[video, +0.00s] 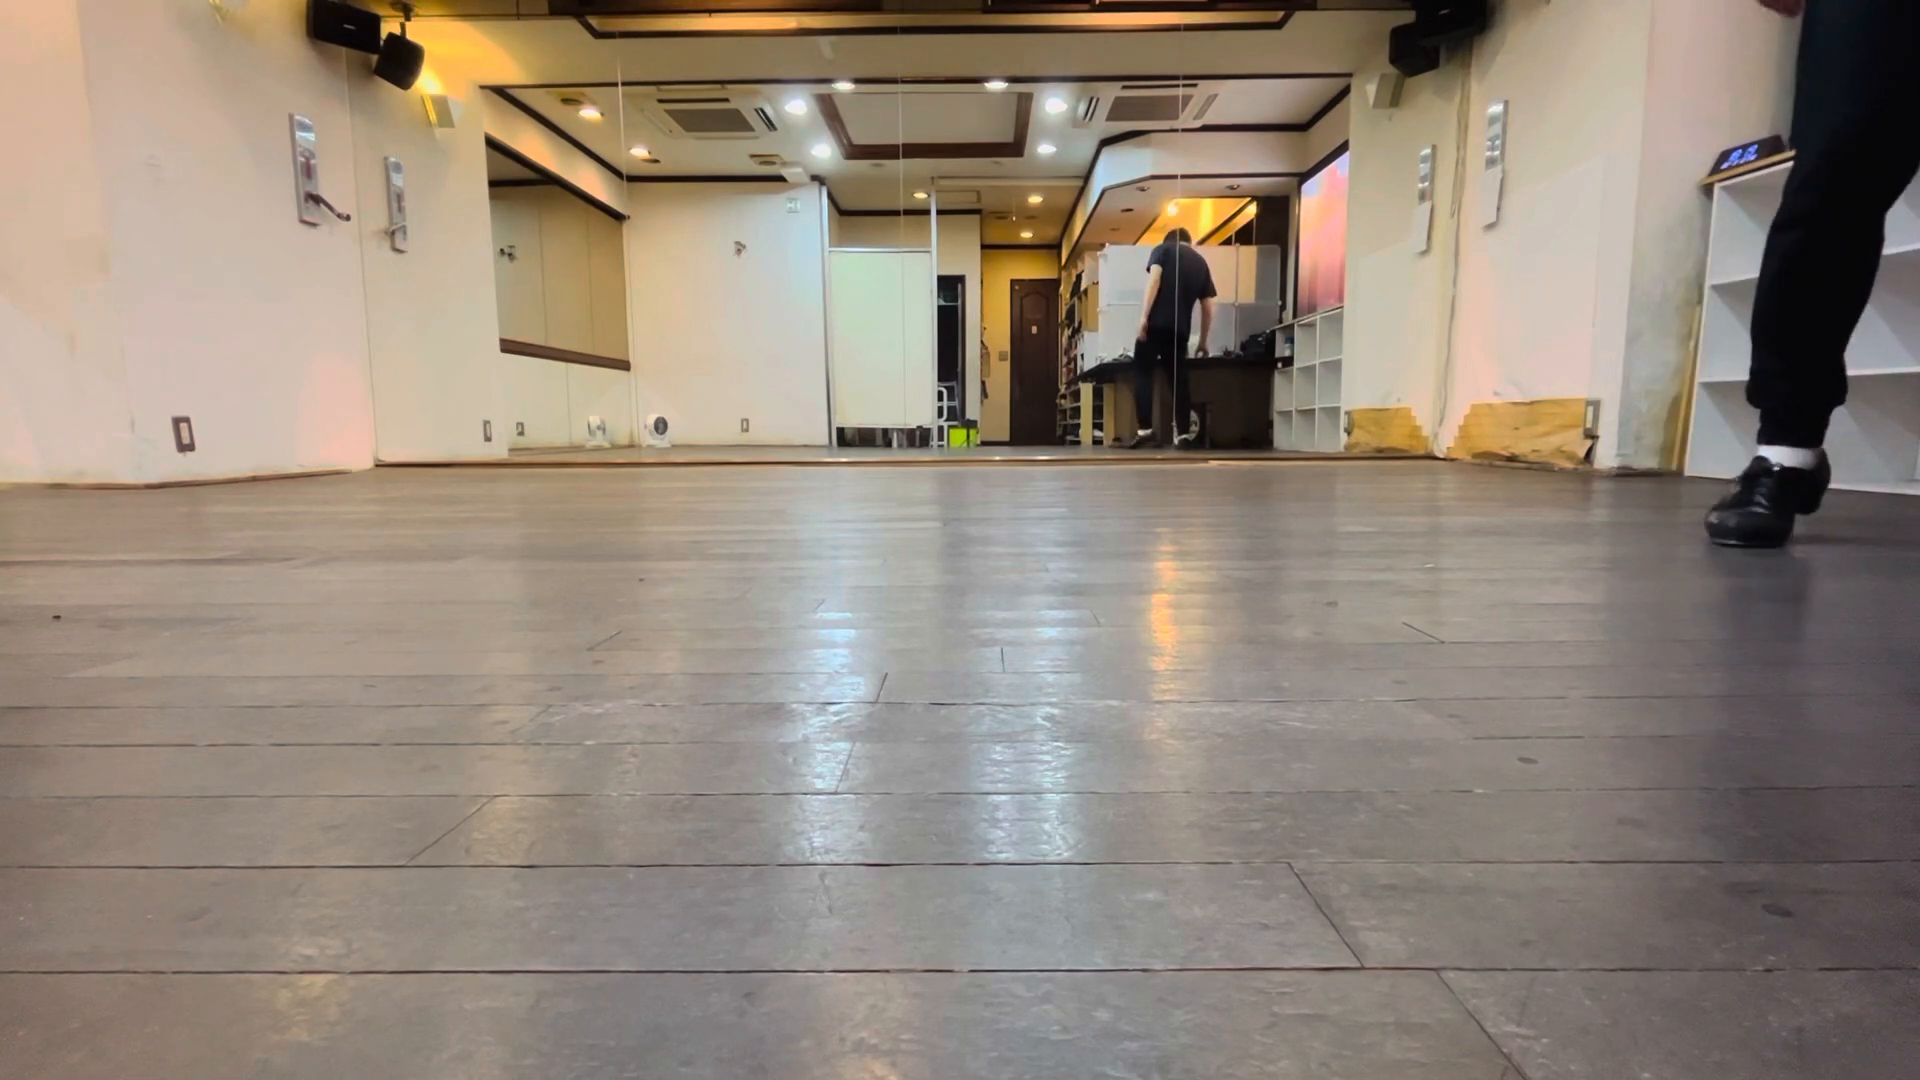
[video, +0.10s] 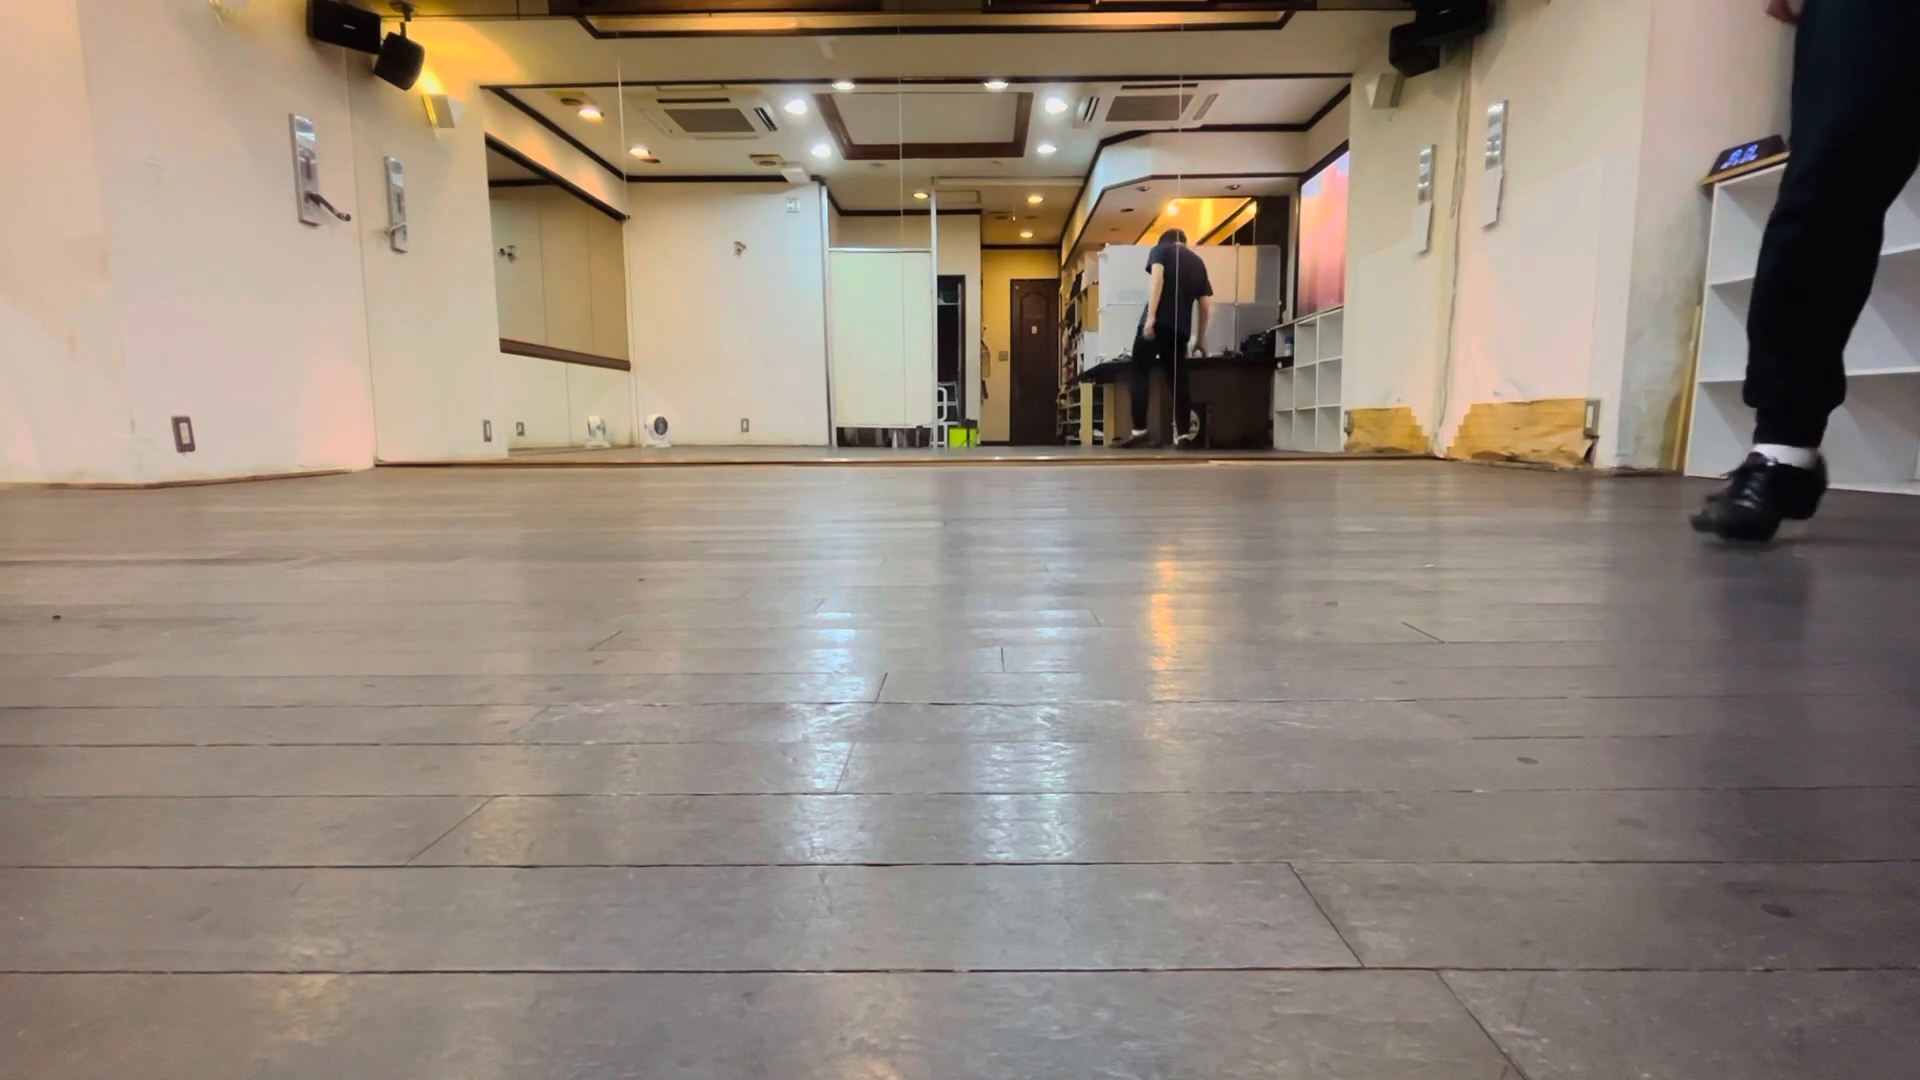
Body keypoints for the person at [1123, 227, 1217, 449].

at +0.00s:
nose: (1166, 244)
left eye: (1167, 241)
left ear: (1169, 240)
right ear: (1189, 242)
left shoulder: (1163, 249)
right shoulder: (1200, 261)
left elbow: (1154, 280)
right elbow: (1207, 307)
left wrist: (1144, 318)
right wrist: (1203, 340)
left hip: (1155, 327)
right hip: (1180, 330)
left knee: (1142, 373)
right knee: (1179, 378)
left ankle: (1144, 428)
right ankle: (1182, 432)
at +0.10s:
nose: (1160, 247)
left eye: (1161, 243)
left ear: (1164, 241)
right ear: (1183, 242)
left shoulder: (1160, 250)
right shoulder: (1196, 261)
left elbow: (1158, 280)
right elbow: (1205, 305)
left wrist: (1150, 318)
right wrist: (1201, 339)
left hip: (1154, 325)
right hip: (1179, 330)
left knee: (1139, 372)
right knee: (1178, 378)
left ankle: (1139, 428)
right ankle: (1182, 433)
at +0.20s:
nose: (1154, 250)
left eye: (1154, 245)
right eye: (1155, 246)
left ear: (1158, 242)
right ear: (1175, 242)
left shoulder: (1157, 249)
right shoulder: (1191, 260)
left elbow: (1157, 278)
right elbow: (1200, 304)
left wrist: (1158, 316)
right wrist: (1196, 334)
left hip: (1151, 326)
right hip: (1178, 329)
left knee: (1138, 374)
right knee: (1179, 379)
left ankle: (1130, 430)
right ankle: (1182, 433)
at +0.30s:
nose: (1143, 249)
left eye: (1143, 246)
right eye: (1143, 246)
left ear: (1147, 242)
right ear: (1165, 241)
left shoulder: (1150, 251)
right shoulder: (1184, 259)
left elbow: (1154, 279)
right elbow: (1195, 299)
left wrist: (1161, 315)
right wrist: (1188, 326)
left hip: (1149, 326)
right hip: (1177, 328)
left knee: (1136, 377)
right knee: (1177, 379)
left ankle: (1123, 431)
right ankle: (1182, 433)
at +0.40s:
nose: (1131, 250)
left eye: (1131, 247)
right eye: (1130, 247)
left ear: (1134, 243)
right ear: (1154, 241)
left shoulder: (1140, 253)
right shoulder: (1174, 259)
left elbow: (1148, 280)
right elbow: (1185, 294)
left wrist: (1159, 313)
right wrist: (1180, 321)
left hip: (1145, 326)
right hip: (1170, 327)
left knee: (1131, 376)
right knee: (1173, 378)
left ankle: (1120, 432)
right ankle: (1182, 432)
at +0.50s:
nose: (1119, 251)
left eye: (1119, 247)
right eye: (1119, 247)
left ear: (1123, 243)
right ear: (1141, 240)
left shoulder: (1129, 255)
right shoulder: (1160, 256)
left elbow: (1139, 280)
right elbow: (1173, 292)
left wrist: (1151, 313)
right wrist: (1169, 319)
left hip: (1136, 327)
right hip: (1161, 328)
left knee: (1123, 376)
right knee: (1167, 378)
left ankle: (1117, 433)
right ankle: (1182, 429)